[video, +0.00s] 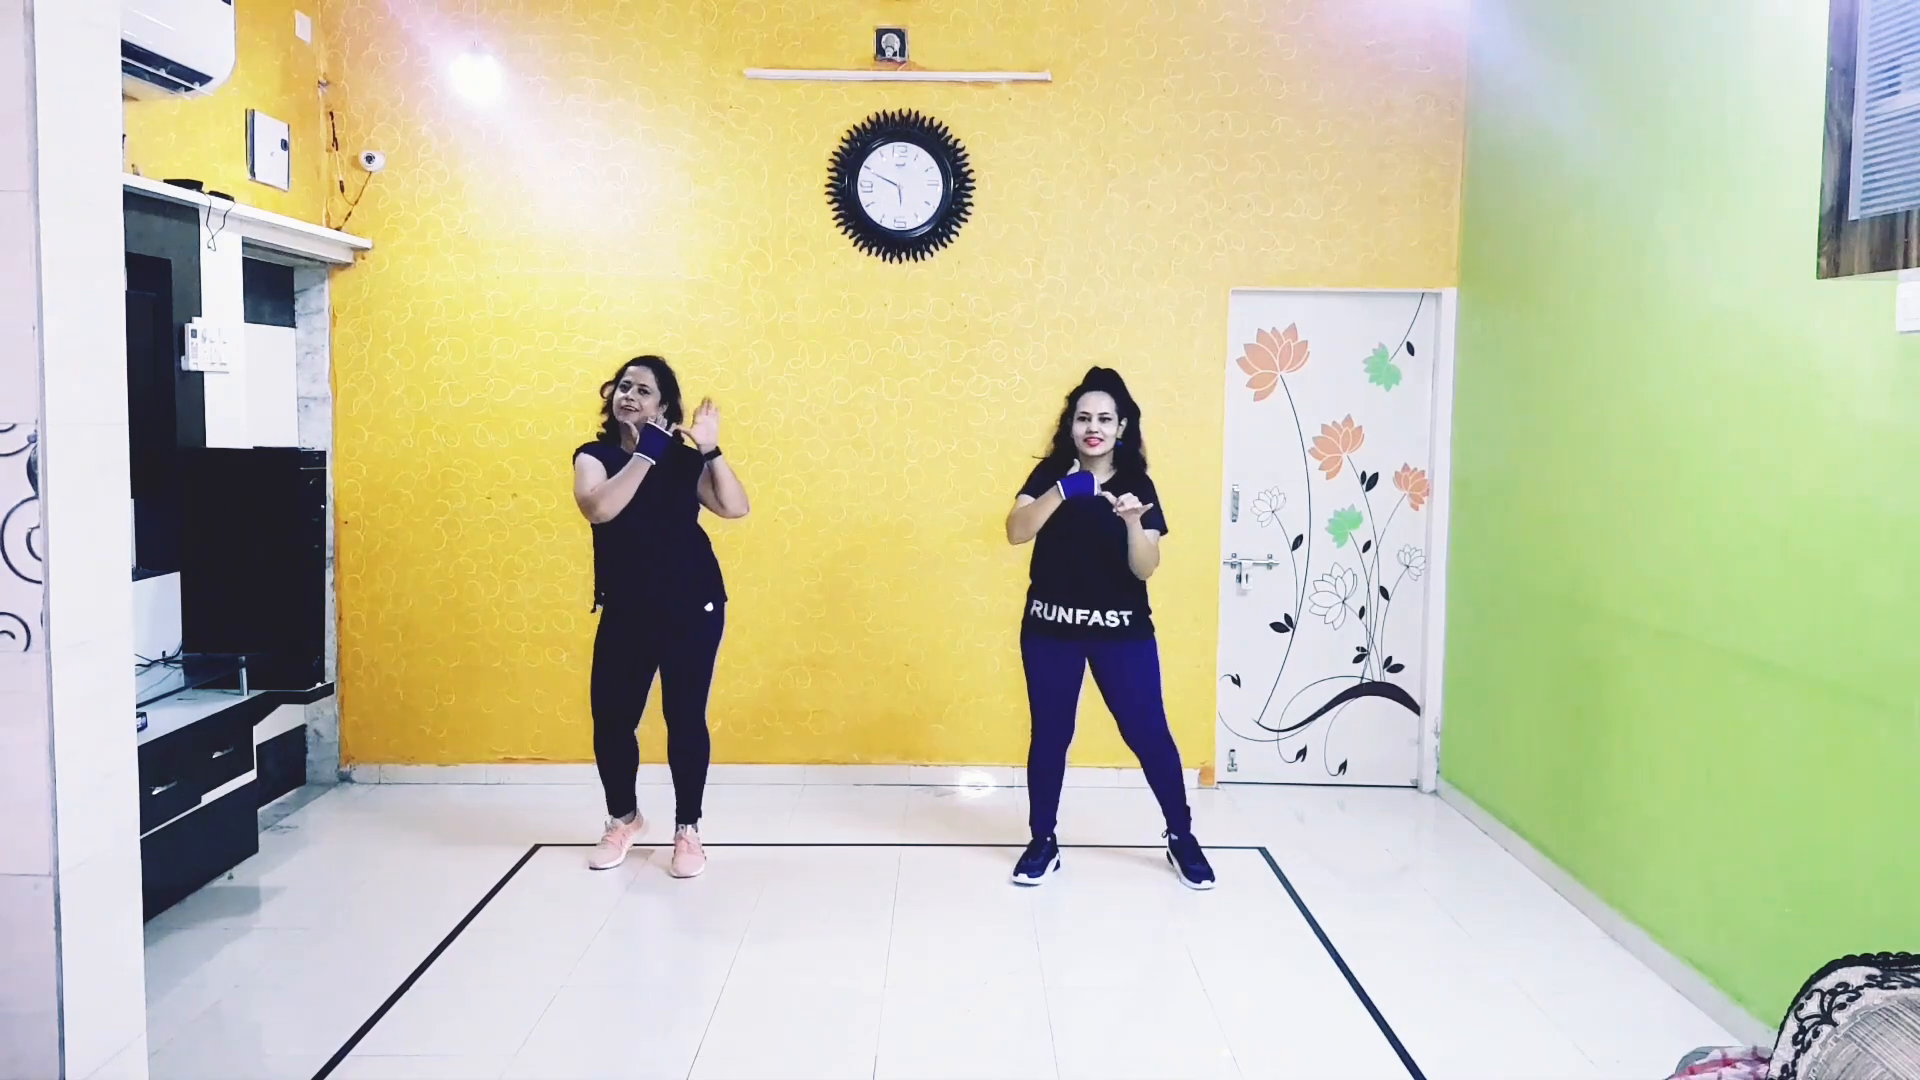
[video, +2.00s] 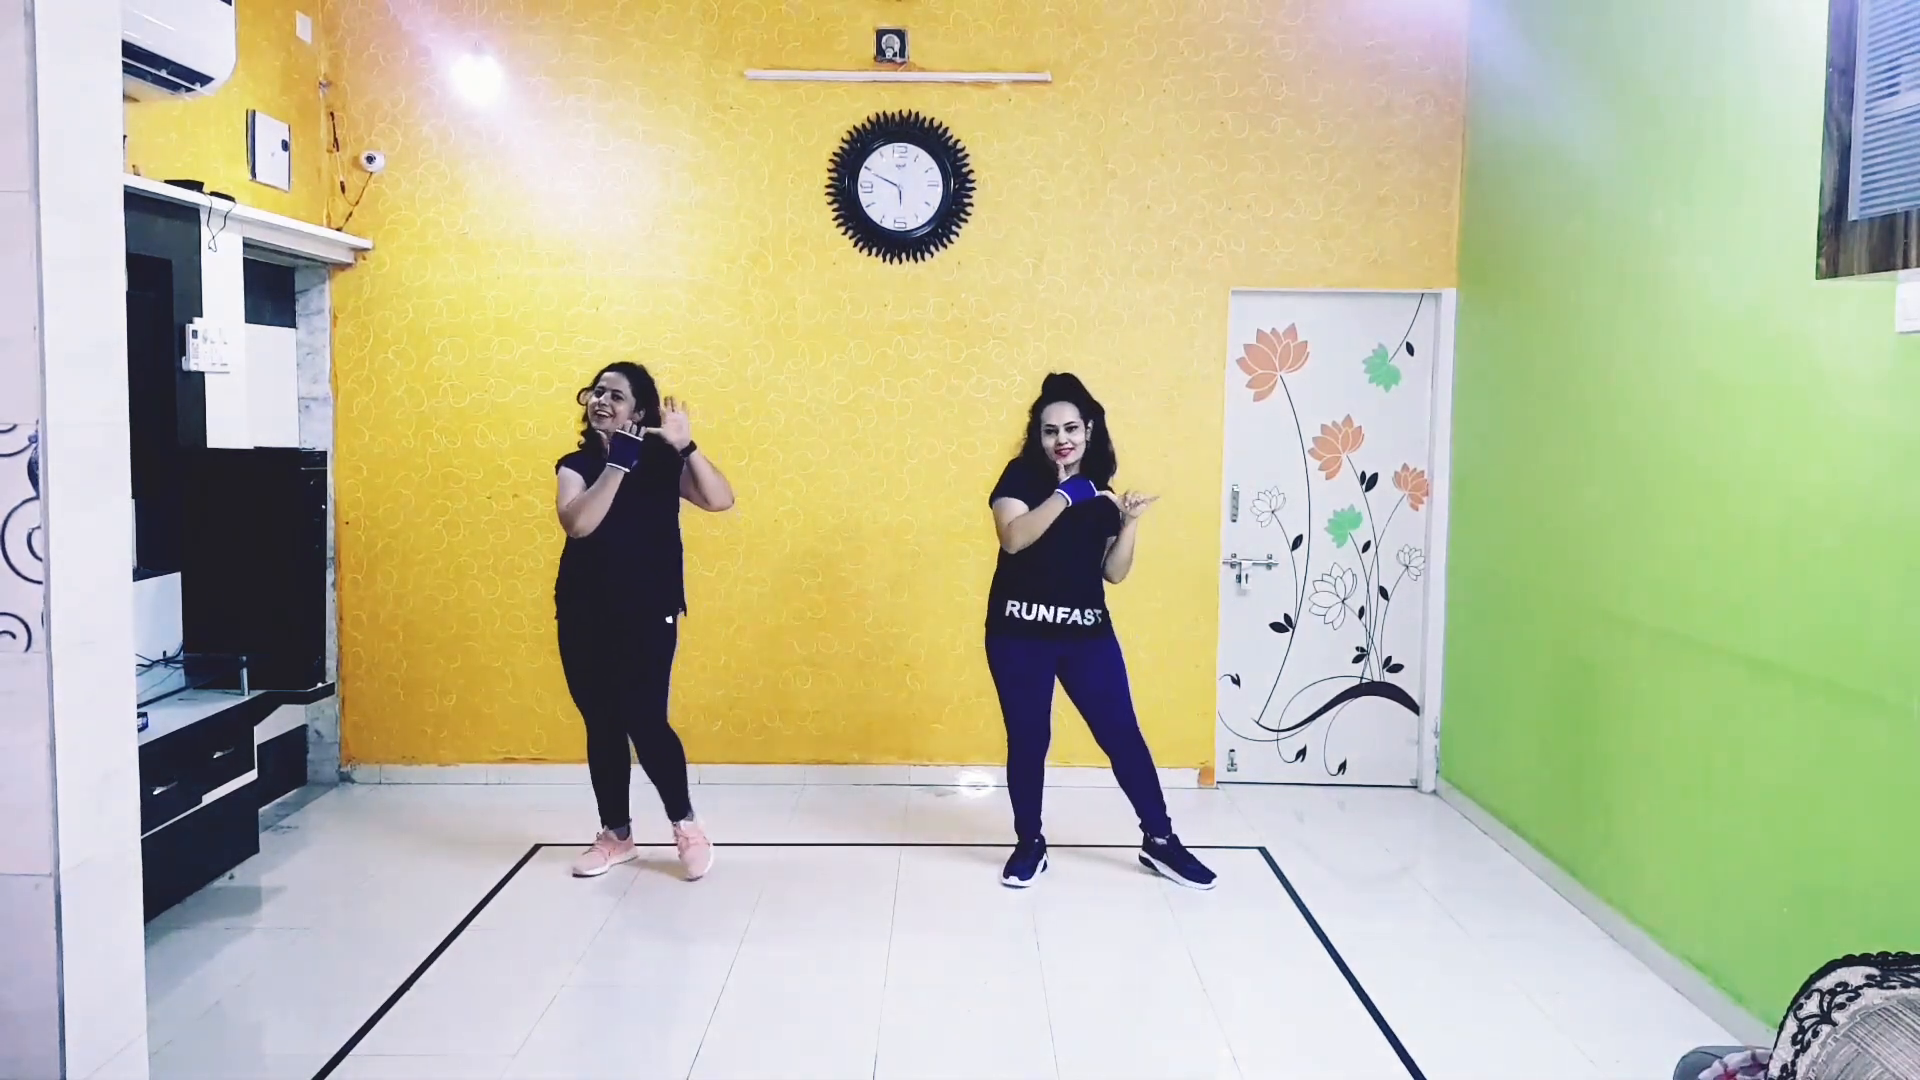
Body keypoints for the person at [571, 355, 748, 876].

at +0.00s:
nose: (629, 394)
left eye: (642, 390)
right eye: (624, 386)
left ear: (665, 405)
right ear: (610, 396)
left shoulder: (683, 456)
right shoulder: (594, 455)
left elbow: (735, 507)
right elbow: (598, 509)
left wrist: (712, 450)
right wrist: (645, 452)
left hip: (692, 605)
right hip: (626, 606)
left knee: (686, 716)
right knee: (611, 720)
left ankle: (687, 829)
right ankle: (624, 819)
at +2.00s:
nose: (601, 401)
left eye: (615, 395)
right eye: (597, 393)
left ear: (642, 411)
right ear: (588, 404)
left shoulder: (663, 460)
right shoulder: (577, 463)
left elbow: (719, 501)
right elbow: (578, 523)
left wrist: (687, 448)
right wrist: (618, 461)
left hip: (650, 610)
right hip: (586, 612)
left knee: (646, 720)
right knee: (602, 725)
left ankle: (685, 825)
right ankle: (615, 834)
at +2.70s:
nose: (621, 391)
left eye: (634, 385)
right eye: (617, 384)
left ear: (662, 399)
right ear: (609, 397)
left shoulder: (691, 462)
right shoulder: (594, 460)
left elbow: (737, 521)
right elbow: (580, 523)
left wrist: (727, 491)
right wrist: (613, 461)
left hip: (674, 614)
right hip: (606, 614)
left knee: (680, 724)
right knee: (600, 726)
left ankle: (698, 833)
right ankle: (593, 836)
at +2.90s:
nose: (610, 396)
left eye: (623, 390)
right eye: (606, 389)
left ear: (650, 406)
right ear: (597, 402)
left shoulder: (679, 471)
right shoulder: (580, 464)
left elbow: (711, 523)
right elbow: (560, 525)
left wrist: (710, 550)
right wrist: (591, 460)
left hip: (646, 621)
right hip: (579, 618)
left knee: (648, 729)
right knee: (589, 730)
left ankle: (685, 831)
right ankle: (594, 840)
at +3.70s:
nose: (645, 411)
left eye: (660, 406)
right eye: (642, 402)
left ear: (682, 424)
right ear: (628, 413)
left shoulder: (705, 481)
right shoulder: (611, 477)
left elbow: (737, 541)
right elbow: (595, 534)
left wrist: (770, 587)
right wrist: (620, 462)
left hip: (712, 629)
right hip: (645, 632)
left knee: (709, 732)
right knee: (624, 736)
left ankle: (711, 839)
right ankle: (632, 844)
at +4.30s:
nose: (605, 395)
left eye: (621, 390)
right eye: (605, 387)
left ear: (646, 413)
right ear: (597, 401)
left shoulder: (674, 467)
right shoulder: (579, 463)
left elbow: (698, 536)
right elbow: (548, 522)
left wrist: (700, 606)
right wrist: (572, 446)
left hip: (642, 624)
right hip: (573, 620)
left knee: (647, 735)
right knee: (577, 735)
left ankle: (691, 836)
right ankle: (580, 845)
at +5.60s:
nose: (627, 403)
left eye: (642, 399)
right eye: (622, 394)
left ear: (663, 416)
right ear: (609, 406)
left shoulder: (685, 478)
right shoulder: (584, 472)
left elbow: (704, 540)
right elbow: (538, 541)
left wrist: (713, 562)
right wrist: (568, 511)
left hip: (653, 628)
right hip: (583, 625)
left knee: (665, 737)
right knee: (580, 734)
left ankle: (706, 845)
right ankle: (575, 841)